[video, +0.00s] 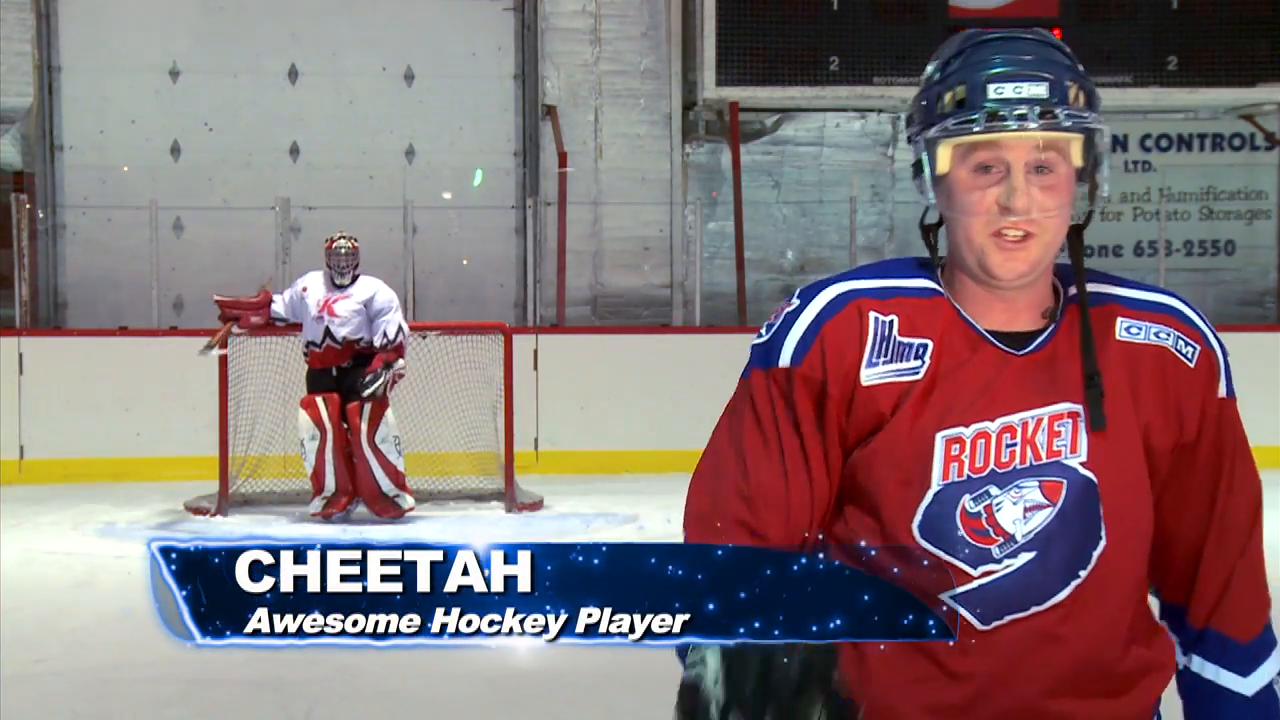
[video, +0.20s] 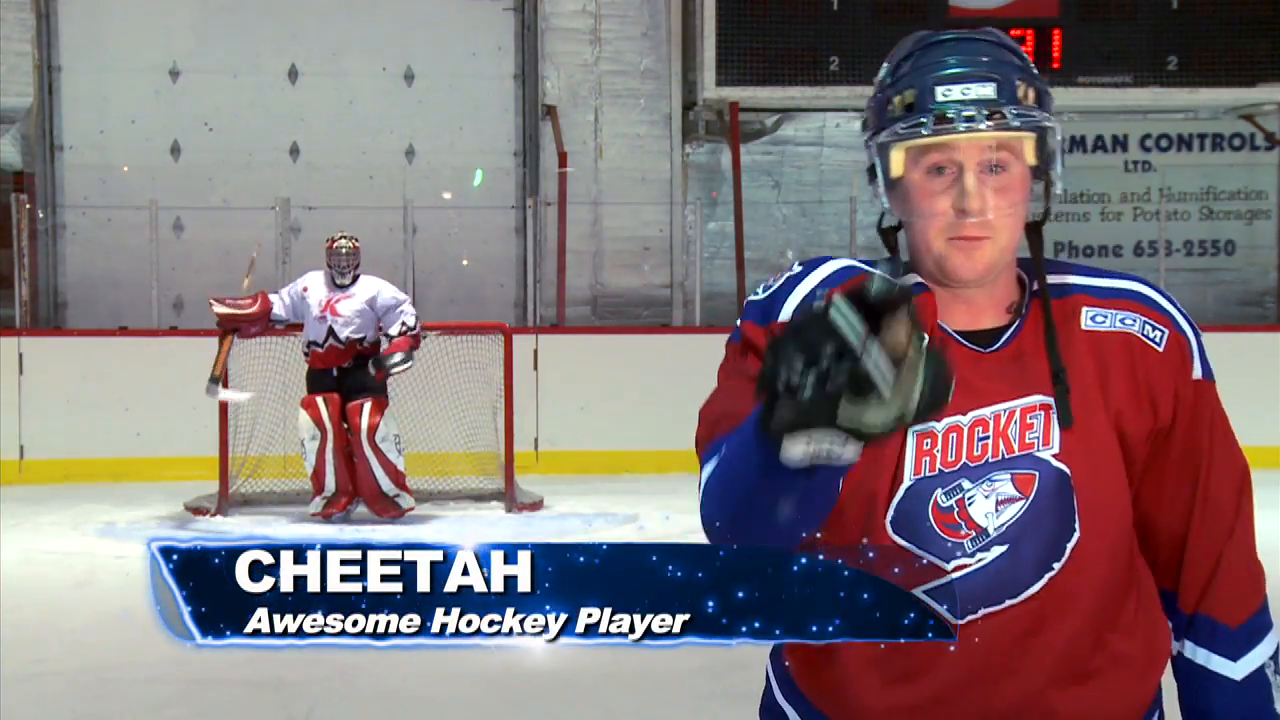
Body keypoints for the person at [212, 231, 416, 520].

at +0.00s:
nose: (342, 263)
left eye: (348, 257)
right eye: (336, 257)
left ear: (357, 259)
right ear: (327, 259)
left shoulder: (375, 292)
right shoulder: (309, 286)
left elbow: (394, 341)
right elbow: (280, 308)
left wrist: (382, 370)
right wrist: (243, 309)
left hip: (360, 373)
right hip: (321, 374)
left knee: (365, 433)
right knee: (326, 434)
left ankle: (389, 498)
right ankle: (335, 497)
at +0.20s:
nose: (343, 263)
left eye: (348, 257)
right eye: (337, 257)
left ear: (357, 259)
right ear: (328, 259)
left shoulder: (375, 290)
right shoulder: (310, 286)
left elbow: (406, 319)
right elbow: (278, 305)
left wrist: (397, 351)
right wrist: (240, 312)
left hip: (362, 373)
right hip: (321, 375)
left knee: (367, 431)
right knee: (325, 434)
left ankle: (390, 500)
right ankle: (333, 498)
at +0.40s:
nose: (344, 262)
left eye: (349, 257)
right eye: (338, 256)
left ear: (358, 259)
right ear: (328, 259)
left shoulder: (378, 289)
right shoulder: (310, 286)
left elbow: (412, 306)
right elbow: (274, 309)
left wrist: (422, 320)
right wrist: (241, 322)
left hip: (364, 373)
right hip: (322, 374)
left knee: (374, 433)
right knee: (324, 436)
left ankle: (390, 501)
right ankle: (332, 500)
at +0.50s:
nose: (344, 264)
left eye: (350, 258)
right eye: (338, 259)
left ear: (358, 260)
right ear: (328, 261)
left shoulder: (378, 288)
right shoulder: (309, 288)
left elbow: (416, 303)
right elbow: (276, 315)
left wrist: (432, 315)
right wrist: (246, 332)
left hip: (365, 374)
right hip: (322, 375)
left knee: (372, 433)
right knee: (327, 435)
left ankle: (387, 500)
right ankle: (334, 499)